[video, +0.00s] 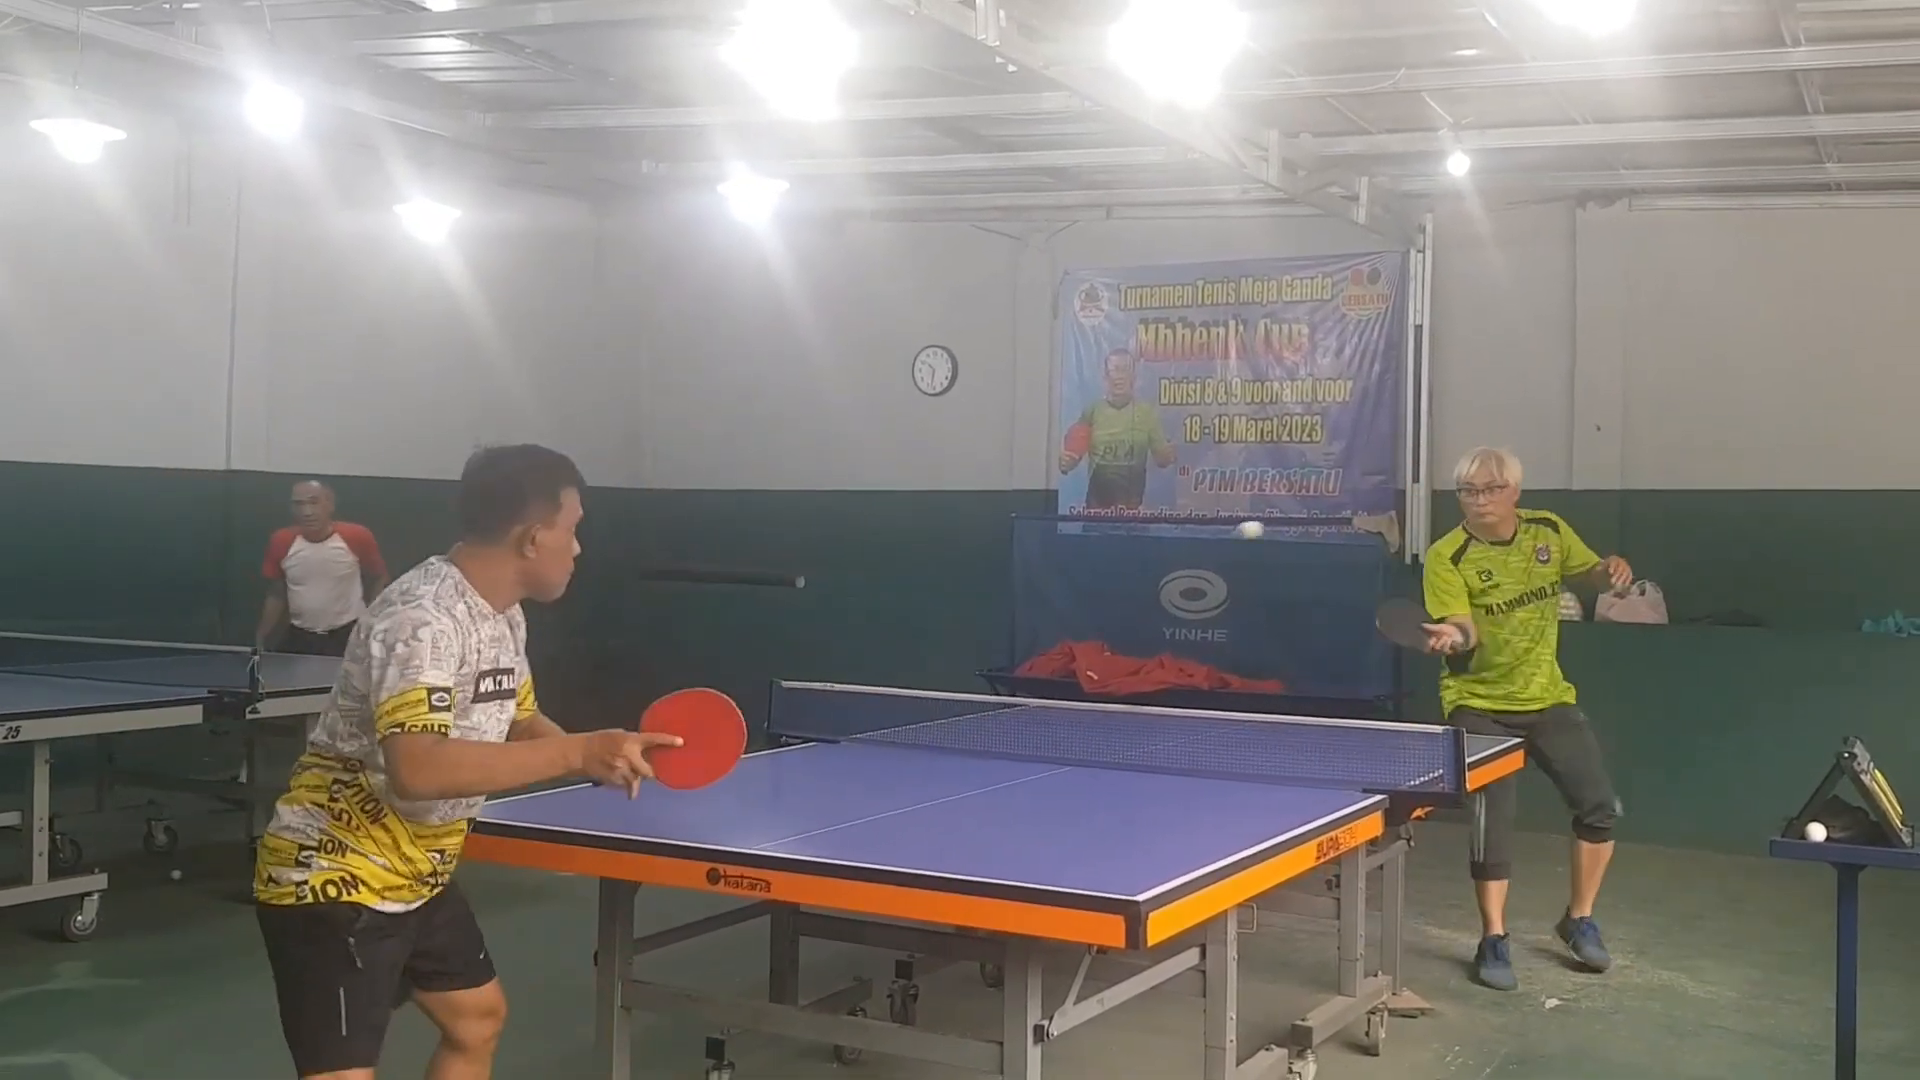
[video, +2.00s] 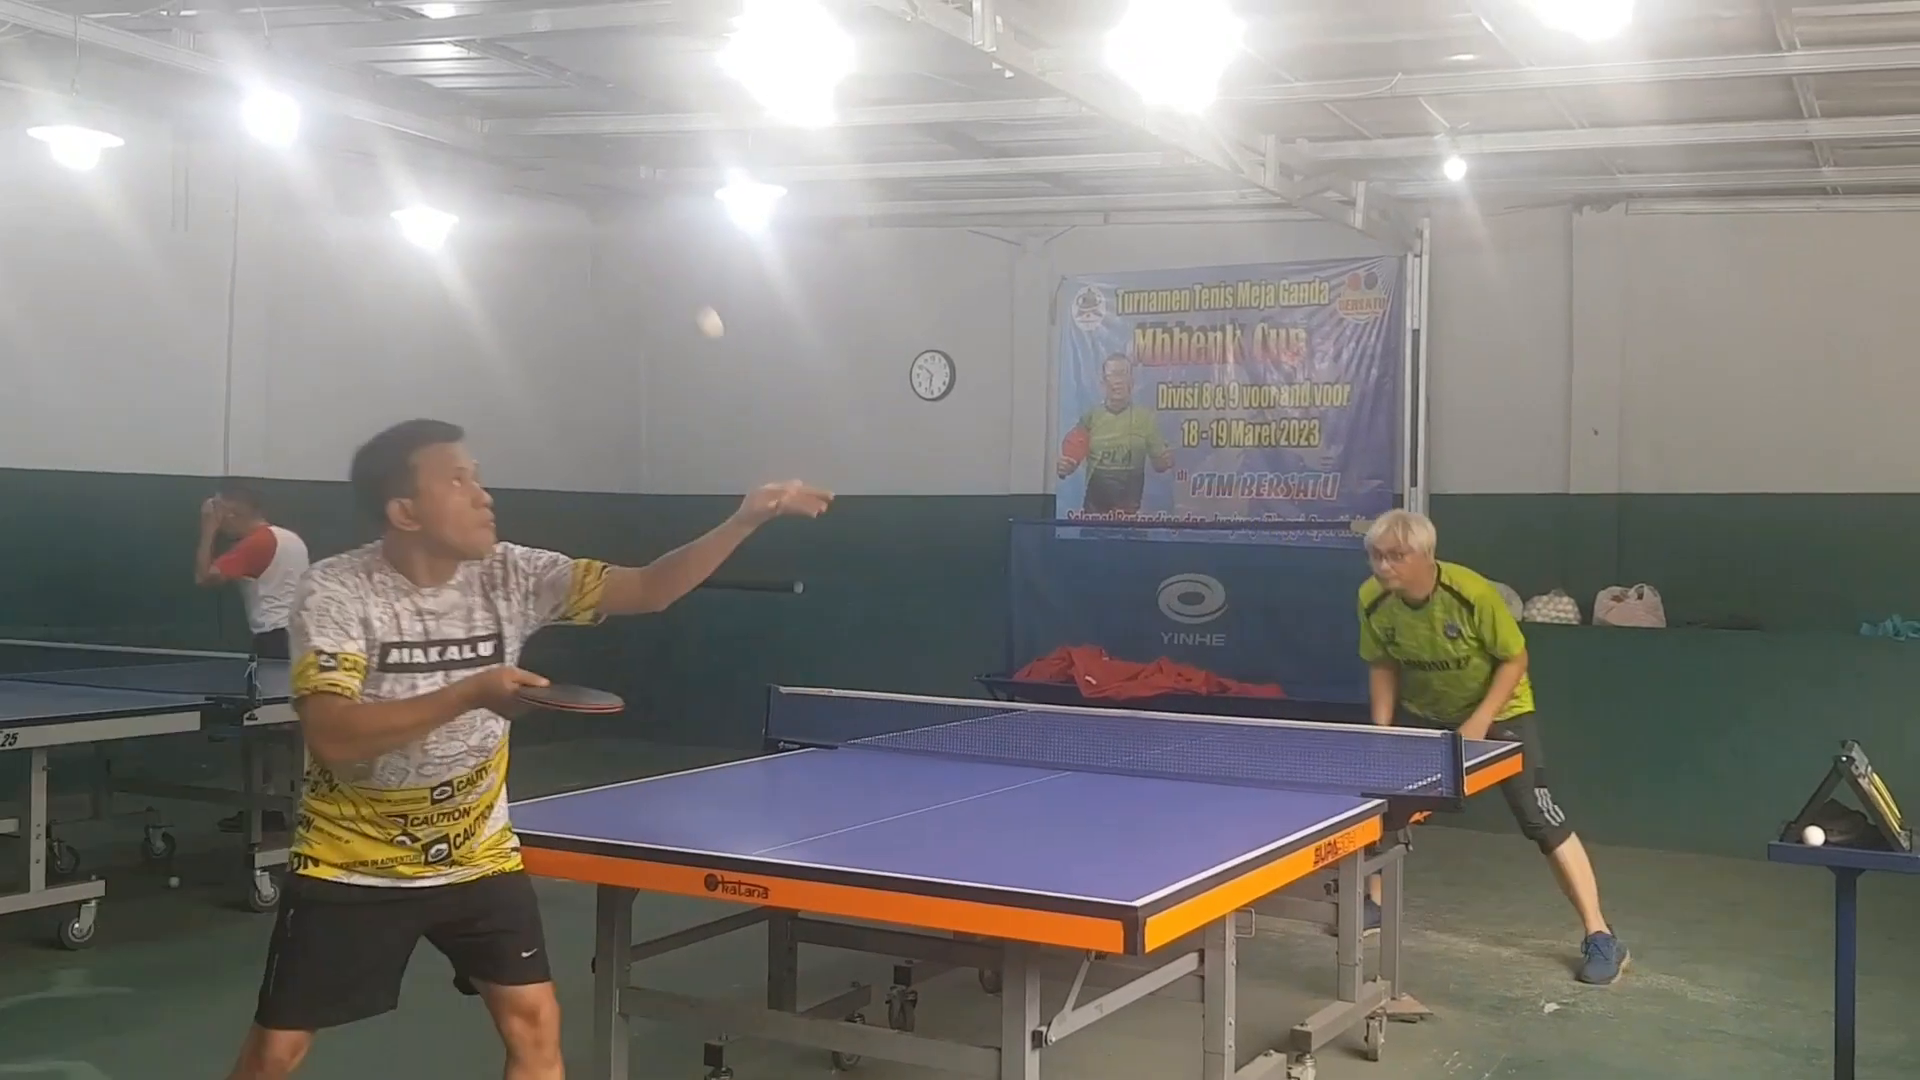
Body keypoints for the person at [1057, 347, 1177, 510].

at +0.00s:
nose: (1118, 377)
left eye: (1124, 370)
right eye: (1113, 370)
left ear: (1133, 375)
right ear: (1105, 376)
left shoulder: (1146, 413)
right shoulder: (1093, 412)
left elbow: (1161, 457)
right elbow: (1076, 446)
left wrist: (1167, 455)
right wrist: (1066, 462)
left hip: (1132, 498)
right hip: (1098, 499)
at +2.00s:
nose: (1116, 381)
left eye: (1122, 374)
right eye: (1110, 375)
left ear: (1131, 380)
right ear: (1103, 381)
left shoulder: (1145, 418)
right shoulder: (1091, 419)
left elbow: (1158, 463)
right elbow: (1074, 449)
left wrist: (1165, 460)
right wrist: (1065, 466)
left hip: (1129, 507)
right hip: (1095, 508)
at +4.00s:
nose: (1118, 382)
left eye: (1123, 375)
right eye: (1112, 375)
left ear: (1132, 380)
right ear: (1103, 381)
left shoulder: (1145, 417)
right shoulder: (1091, 418)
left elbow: (1158, 462)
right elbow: (1074, 450)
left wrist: (1166, 460)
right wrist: (1066, 466)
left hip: (1131, 505)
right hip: (1097, 506)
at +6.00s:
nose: (1119, 379)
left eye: (1125, 372)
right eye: (1113, 372)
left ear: (1134, 379)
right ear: (1105, 379)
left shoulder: (1147, 416)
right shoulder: (1093, 415)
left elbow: (1160, 461)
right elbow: (1077, 449)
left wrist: (1168, 458)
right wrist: (1067, 464)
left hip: (1132, 503)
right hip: (1098, 505)